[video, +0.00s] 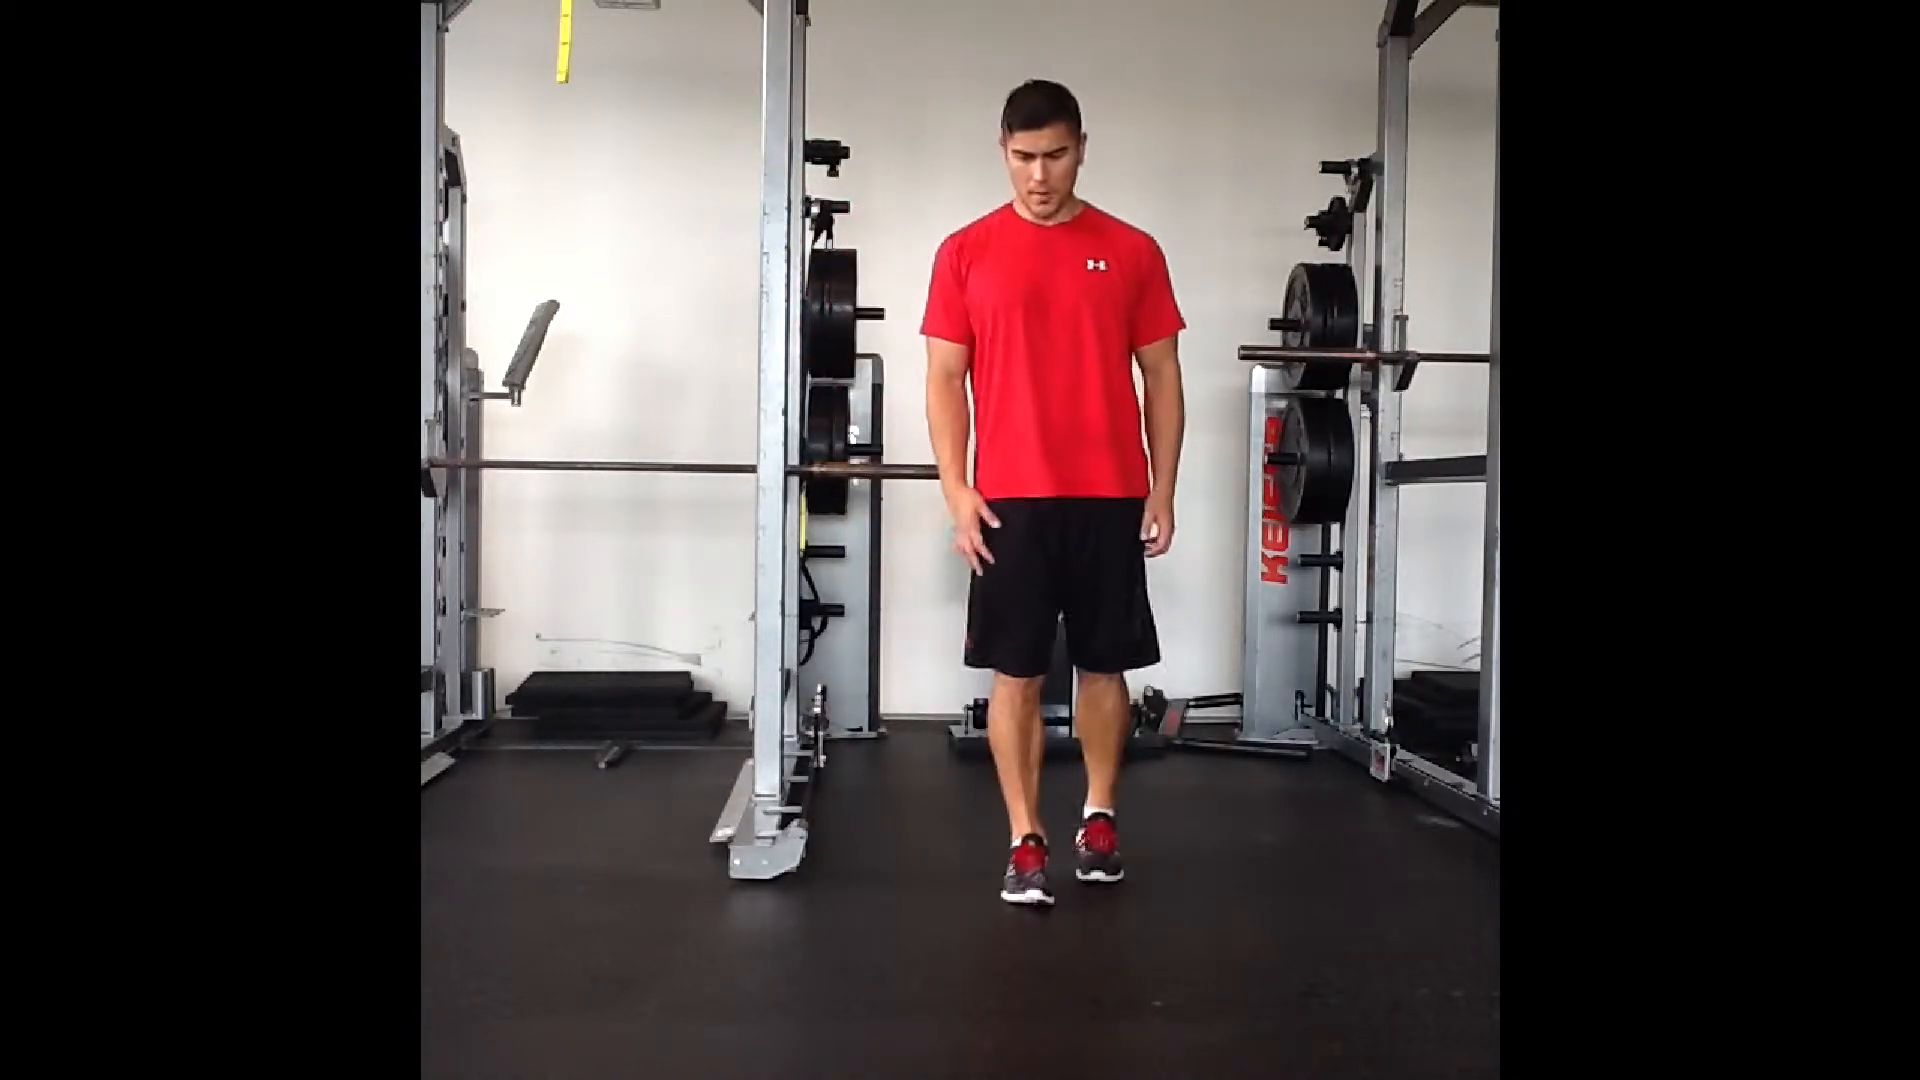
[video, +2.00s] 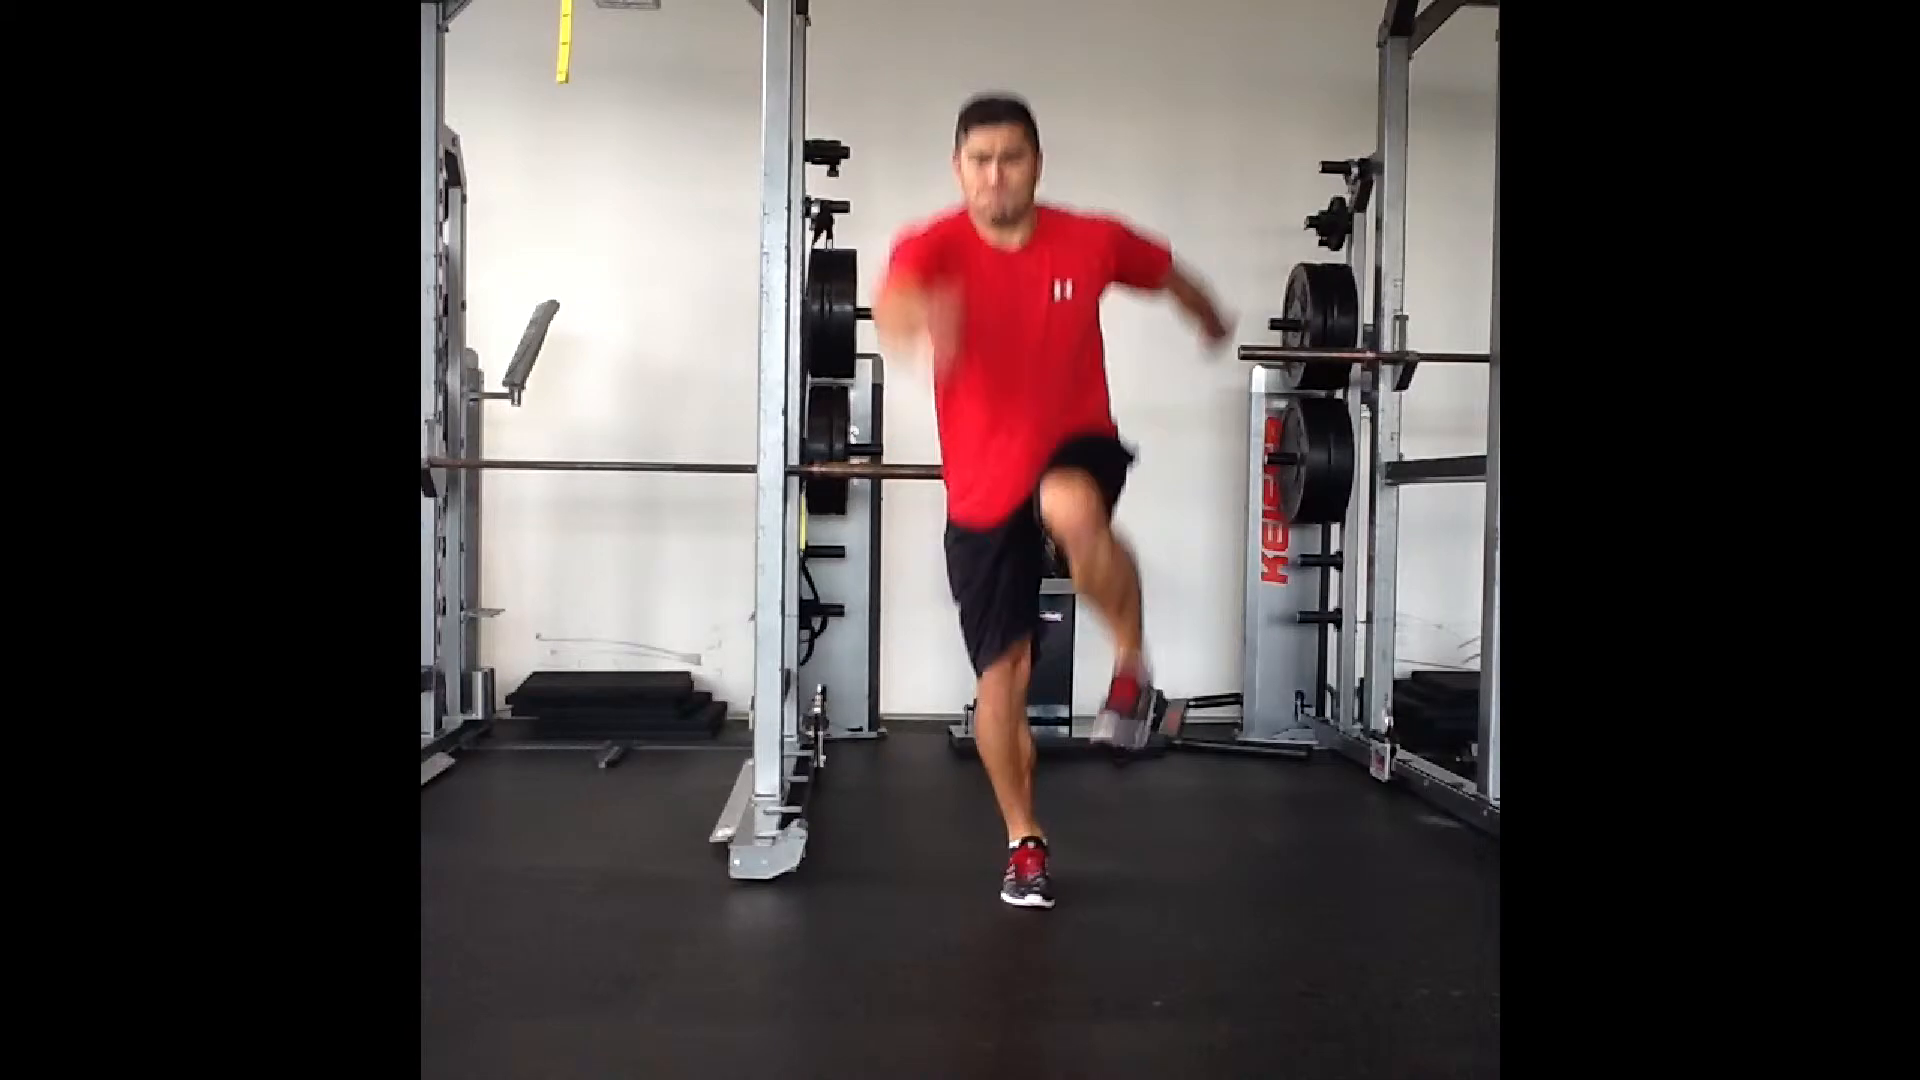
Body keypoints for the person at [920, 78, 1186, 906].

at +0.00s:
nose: (1040, 173)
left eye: (1055, 155)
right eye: (1024, 156)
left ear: (1080, 150)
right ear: (1003, 157)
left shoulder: (1132, 251)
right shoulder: (966, 254)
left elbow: (1161, 371)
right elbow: (944, 377)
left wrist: (1162, 488)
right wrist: (956, 490)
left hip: (1108, 496)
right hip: (1011, 497)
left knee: (1102, 667)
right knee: (1017, 672)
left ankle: (1099, 819)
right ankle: (1025, 841)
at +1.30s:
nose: (1013, 168)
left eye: (1029, 151)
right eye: (997, 152)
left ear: (1055, 162)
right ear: (977, 164)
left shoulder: (1104, 269)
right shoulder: (934, 266)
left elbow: (1140, 397)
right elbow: (915, 380)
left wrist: (1110, 490)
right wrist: (924, 494)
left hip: (1085, 513)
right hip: (984, 518)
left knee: (1095, 672)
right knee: (1005, 681)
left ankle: (1069, 715)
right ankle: (1022, 840)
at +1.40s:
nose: (1012, 195)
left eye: (1028, 178)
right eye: (996, 178)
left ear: (1054, 190)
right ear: (975, 190)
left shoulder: (1103, 296)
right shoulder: (932, 288)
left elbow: (1137, 422)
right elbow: (916, 379)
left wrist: (1079, 439)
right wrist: (923, 472)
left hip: (1083, 526)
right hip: (983, 529)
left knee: (1091, 671)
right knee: (1007, 679)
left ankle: (1058, 695)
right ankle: (1023, 839)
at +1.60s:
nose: (1005, 275)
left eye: (1022, 261)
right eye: (989, 261)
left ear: (1048, 270)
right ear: (967, 272)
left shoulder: (1084, 344)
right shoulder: (929, 340)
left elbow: (1114, 424)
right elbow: (959, 412)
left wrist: (1033, 343)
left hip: (1084, 558)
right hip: (988, 556)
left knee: (1056, 681)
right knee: (1009, 686)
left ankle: (1012, 703)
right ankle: (1025, 844)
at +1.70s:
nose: (995, 295)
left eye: (1012, 278)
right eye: (981, 278)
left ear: (1039, 287)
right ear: (959, 288)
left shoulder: (1081, 359)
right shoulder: (929, 359)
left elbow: (1121, 463)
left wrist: (1040, 440)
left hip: (1083, 567)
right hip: (987, 563)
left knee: (1055, 685)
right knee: (1010, 695)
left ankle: (1021, 709)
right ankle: (1026, 845)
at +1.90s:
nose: (994, 226)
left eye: (1009, 210)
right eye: (978, 212)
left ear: (1035, 222)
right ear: (955, 227)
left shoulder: (1094, 316)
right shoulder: (925, 342)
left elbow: (1141, 423)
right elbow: (922, 479)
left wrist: (1174, 508)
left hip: (1082, 529)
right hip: (982, 545)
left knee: (1078, 674)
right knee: (1006, 695)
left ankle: (1076, 769)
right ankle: (1024, 843)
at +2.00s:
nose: (997, 173)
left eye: (1012, 157)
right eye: (981, 159)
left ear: (1037, 164)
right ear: (958, 168)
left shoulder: (1091, 240)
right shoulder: (929, 250)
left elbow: (1171, 277)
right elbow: (890, 315)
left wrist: (1211, 319)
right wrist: (928, 319)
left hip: (1077, 445)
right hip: (983, 480)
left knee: (1070, 505)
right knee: (1001, 671)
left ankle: (1129, 668)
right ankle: (1023, 840)